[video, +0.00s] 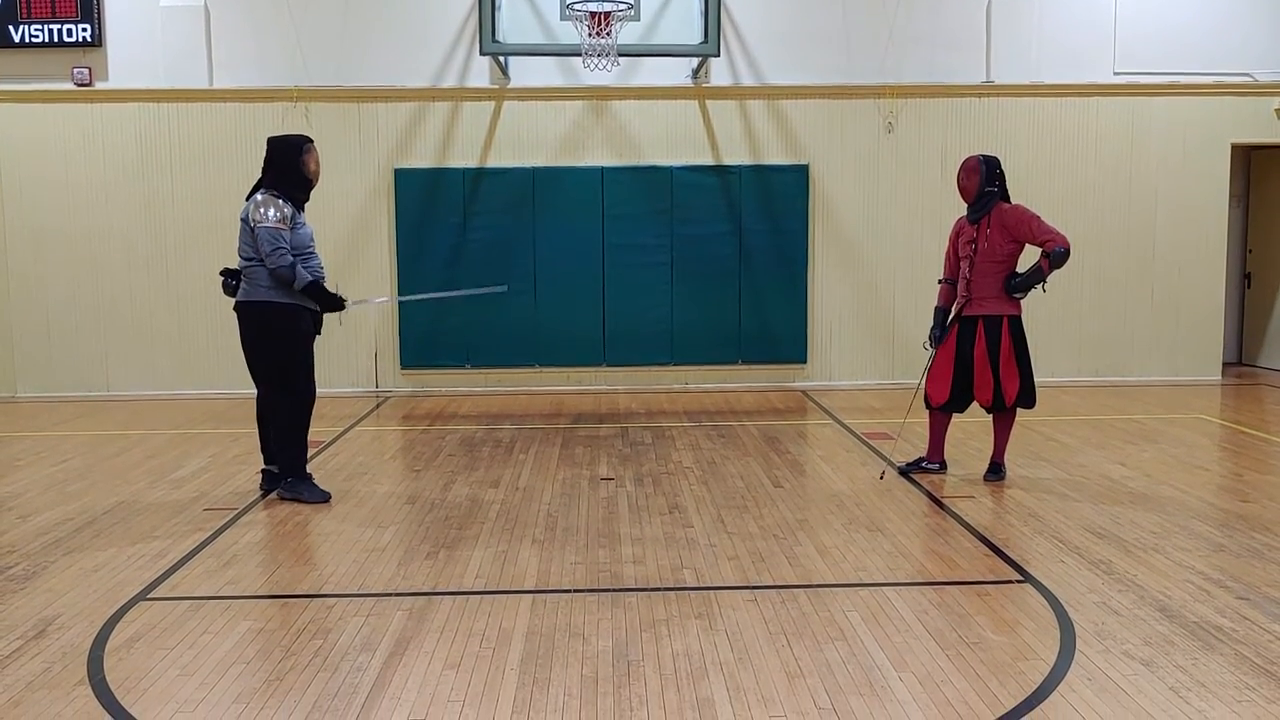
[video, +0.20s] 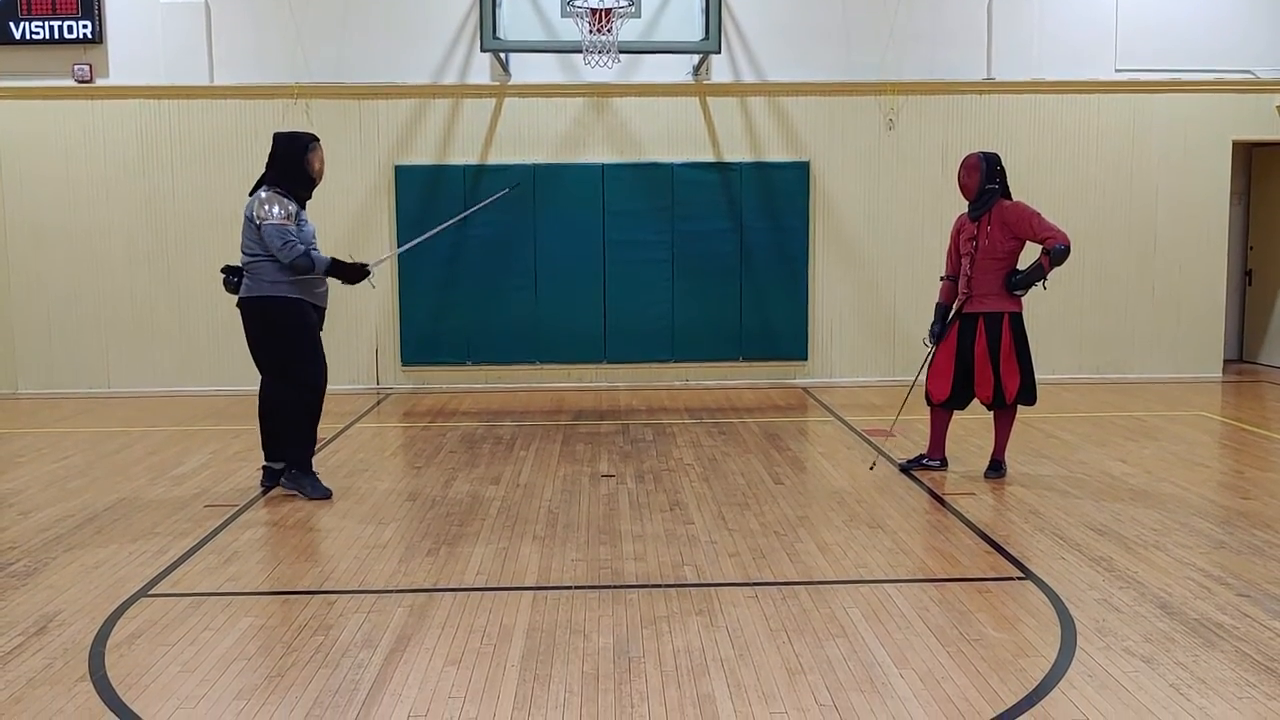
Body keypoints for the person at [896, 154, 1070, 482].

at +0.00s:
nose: (960, 184)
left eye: (966, 176)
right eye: (960, 177)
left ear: (987, 179)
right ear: (966, 181)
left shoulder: (1010, 215)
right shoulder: (962, 226)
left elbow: (1059, 247)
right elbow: (950, 278)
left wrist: (1028, 279)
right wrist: (939, 320)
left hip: (1000, 318)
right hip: (963, 318)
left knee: (1003, 389)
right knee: (939, 383)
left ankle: (997, 461)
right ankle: (934, 457)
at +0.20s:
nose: (961, 181)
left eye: (968, 174)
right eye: (961, 175)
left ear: (988, 177)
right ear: (966, 178)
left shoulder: (1011, 212)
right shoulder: (963, 222)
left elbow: (1059, 244)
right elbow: (952, 274)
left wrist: (1029, 275)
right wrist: (940, 317)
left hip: (1001, 315)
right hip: (964, 315)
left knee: (1004, 386)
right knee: (940, 380)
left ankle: (998, 458)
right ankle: (935, 454)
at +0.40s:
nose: (962, 181)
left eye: (968, 174)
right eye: (961, 174)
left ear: (989, 175)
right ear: (969, 177)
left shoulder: (1013, 209)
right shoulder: (965, 219)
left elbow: (1061, 242)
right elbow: (947, 268)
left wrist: (1030, 273)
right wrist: (920, 303)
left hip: (1003, 311)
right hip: (966, 312)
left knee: (1004, 383)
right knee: (942, 375)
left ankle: (998, 456)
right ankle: (935, 451)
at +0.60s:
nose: (966, 179)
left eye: (972, 172)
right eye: (964, 173)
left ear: (993, 173)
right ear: (964, 176)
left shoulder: (1017, 208)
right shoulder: (966, 216)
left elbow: (1064, 240)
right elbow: (933, 253)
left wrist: (1034, 271)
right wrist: (893, 268)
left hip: (1004, 309)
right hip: (967, 309)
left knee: (1004, 380)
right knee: (944, 373)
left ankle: (998, 454)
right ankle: (935, 449)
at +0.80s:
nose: (969, 176)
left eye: (975, 169)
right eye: (967, 169)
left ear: (995, 171)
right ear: (969, 173)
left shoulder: (1021, 207)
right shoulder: (967, 213)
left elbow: (1069, 240)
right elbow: (927, 243)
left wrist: (1036, 270)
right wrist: (885, 251)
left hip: (1005, 308)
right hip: (967, 307)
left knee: (1004, 379)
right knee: (944, 372)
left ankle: (999, 452)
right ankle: (935, 448)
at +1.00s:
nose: (973, 173)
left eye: (979, 166)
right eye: (971, 167)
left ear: (999, 169)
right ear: (973, 170)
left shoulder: (1023, 206)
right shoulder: (969, 212)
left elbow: (1071, 240)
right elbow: (928, 239)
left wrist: (1037, 270)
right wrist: (886, 248)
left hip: (1005, 307)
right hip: (967, 306)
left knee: (1004, 379)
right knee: (943, 371)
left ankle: (999, 451)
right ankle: (936, 447)